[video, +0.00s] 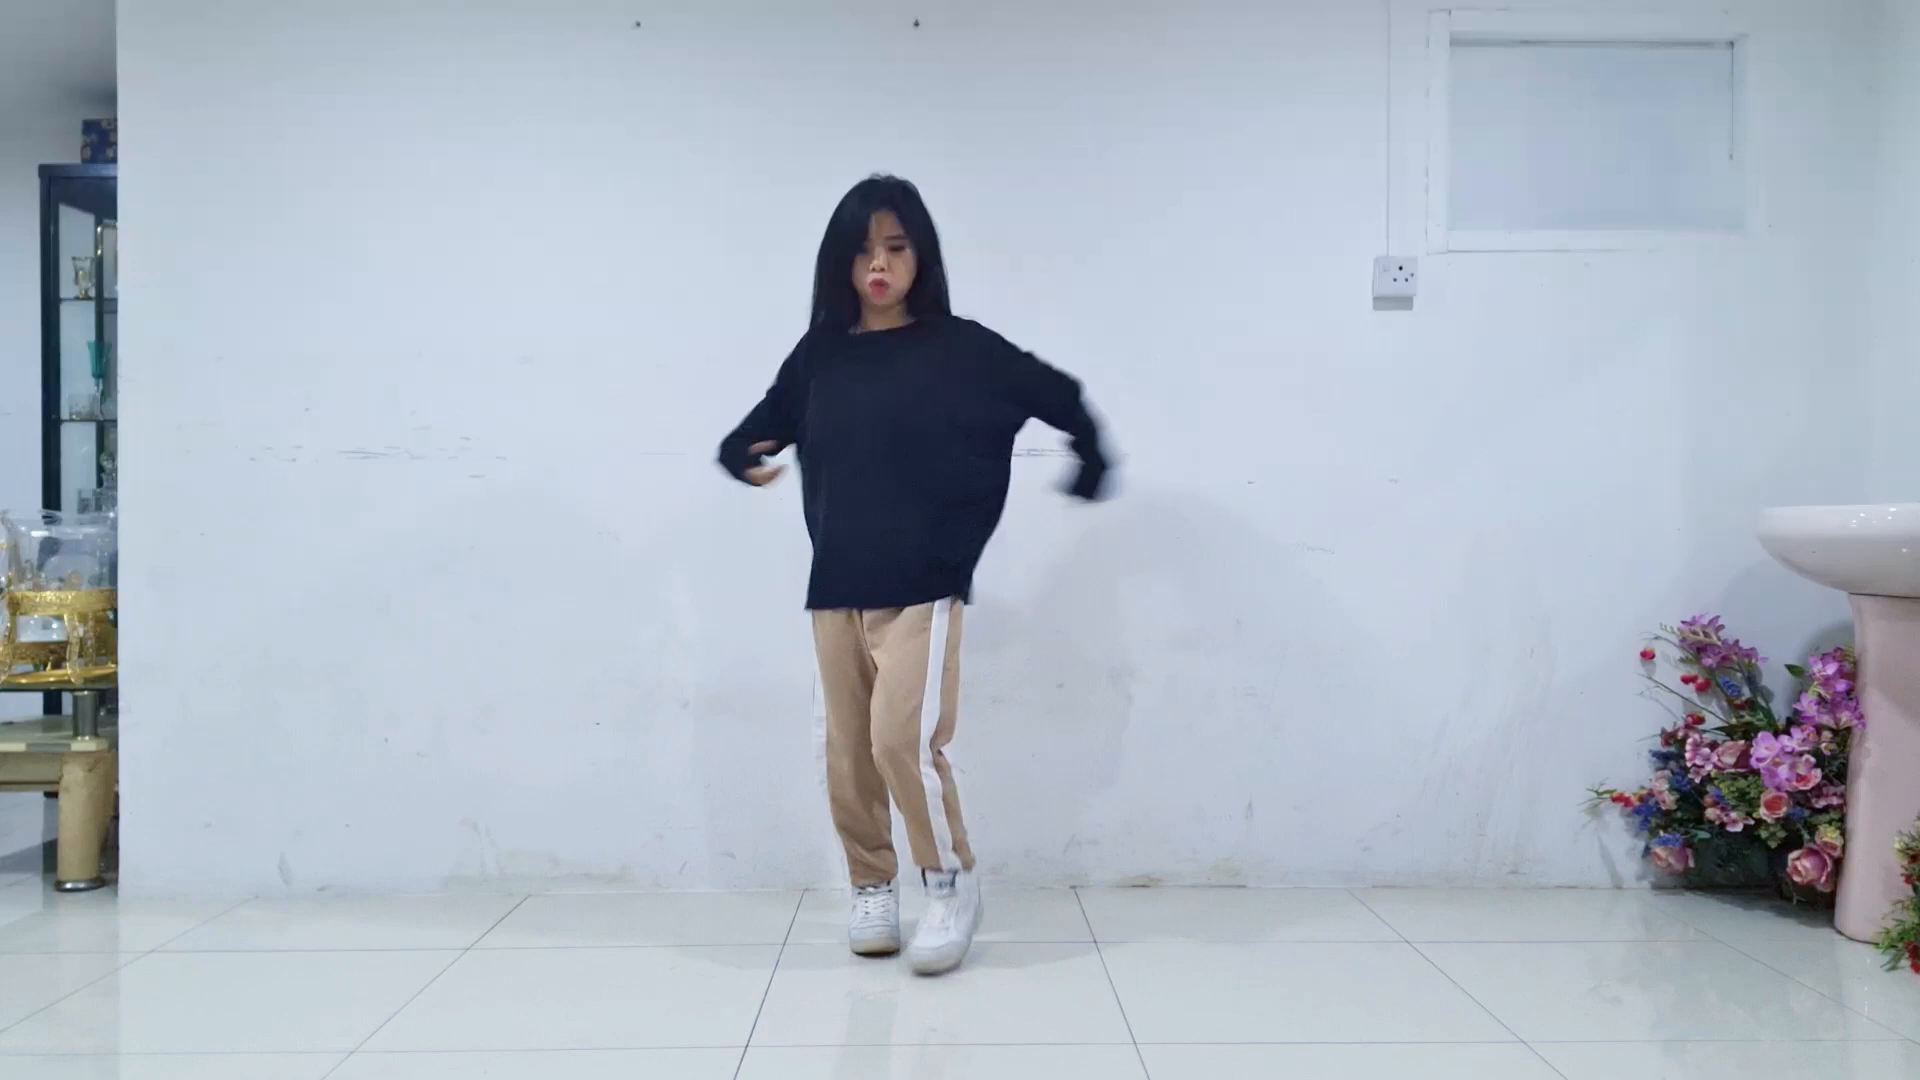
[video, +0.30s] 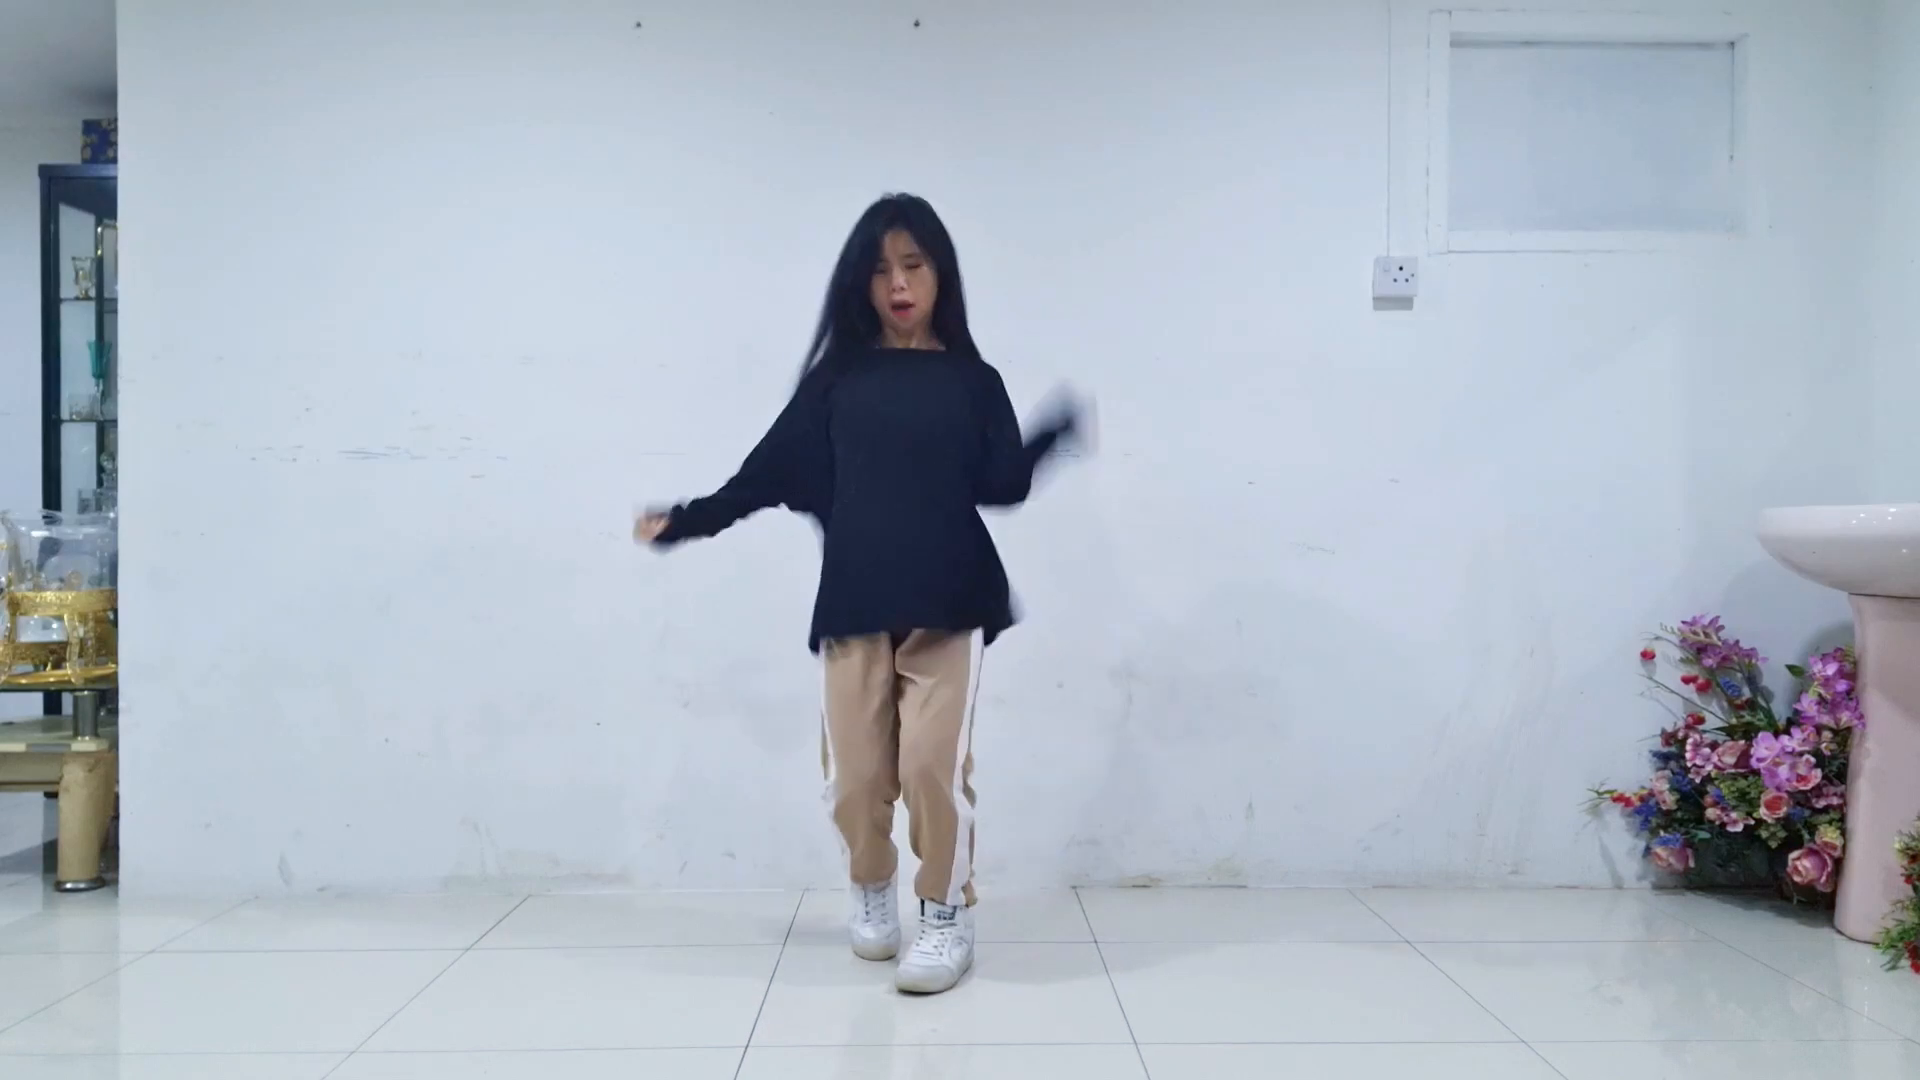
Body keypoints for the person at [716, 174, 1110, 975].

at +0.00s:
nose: (878, 263)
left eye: (895, 247)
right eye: (863, 248)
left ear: (922, 258)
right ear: (841, 259)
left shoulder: (965, 348)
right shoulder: (821, 352)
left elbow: (1058, 396)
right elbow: (776, 414)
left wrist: (1092, 454)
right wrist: (737, 450)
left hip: (927, 586)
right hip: (837, 587)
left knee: (902, 740)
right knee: (849, 748)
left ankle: (947, 885)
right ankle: (871, 889)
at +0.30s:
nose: (899, 284)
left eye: (914, 265)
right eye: (882, 269)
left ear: (942, 273)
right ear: (861, 283)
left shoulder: (973, 378)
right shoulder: (835, 380)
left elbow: (1001, 487)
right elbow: (766, 475)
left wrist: (1047, 440)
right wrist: (687, 521)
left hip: (947, 598)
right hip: (853, 600)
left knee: (929, 768)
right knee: (858, 782)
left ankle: (940, 916)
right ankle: (872, 886)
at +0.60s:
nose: (878, 215)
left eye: (892, 195)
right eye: (858, 201)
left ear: (922, 199)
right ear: (831, 214)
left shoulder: (955, 259)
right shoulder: (823, 289)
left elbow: (978, 162)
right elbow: (856, 355)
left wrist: (926, 57)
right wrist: (944, 376)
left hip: (952, 505)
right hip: (859, 521)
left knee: (996, 706)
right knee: (887, 727)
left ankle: (1041, 890)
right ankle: (894, 905)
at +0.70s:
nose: (878, 242)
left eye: (891, 226)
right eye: (859, 229)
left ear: (914, 232)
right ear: (829, 241)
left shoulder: (935, 300)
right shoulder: (821, 316)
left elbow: (950, 185)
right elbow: (893, 346)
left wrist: (963, 77)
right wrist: (1005, 355)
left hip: (949, 565)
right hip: (854, 579)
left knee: (1031, 742)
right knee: (875, 764)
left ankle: (1118, 872)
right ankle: (886, 920)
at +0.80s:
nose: (878, 274)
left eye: (890, 258)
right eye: (860, 263)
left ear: (918, 267)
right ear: (839, 279)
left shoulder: (950, 330)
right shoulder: (829, 346)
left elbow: (967, 243)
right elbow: (903, 351)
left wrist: (985, 147)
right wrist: (994, 349)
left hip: (931, 593)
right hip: (843, 602)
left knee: (994, 765)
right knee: (882, 788)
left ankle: (1076, 847)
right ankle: (887, 922)